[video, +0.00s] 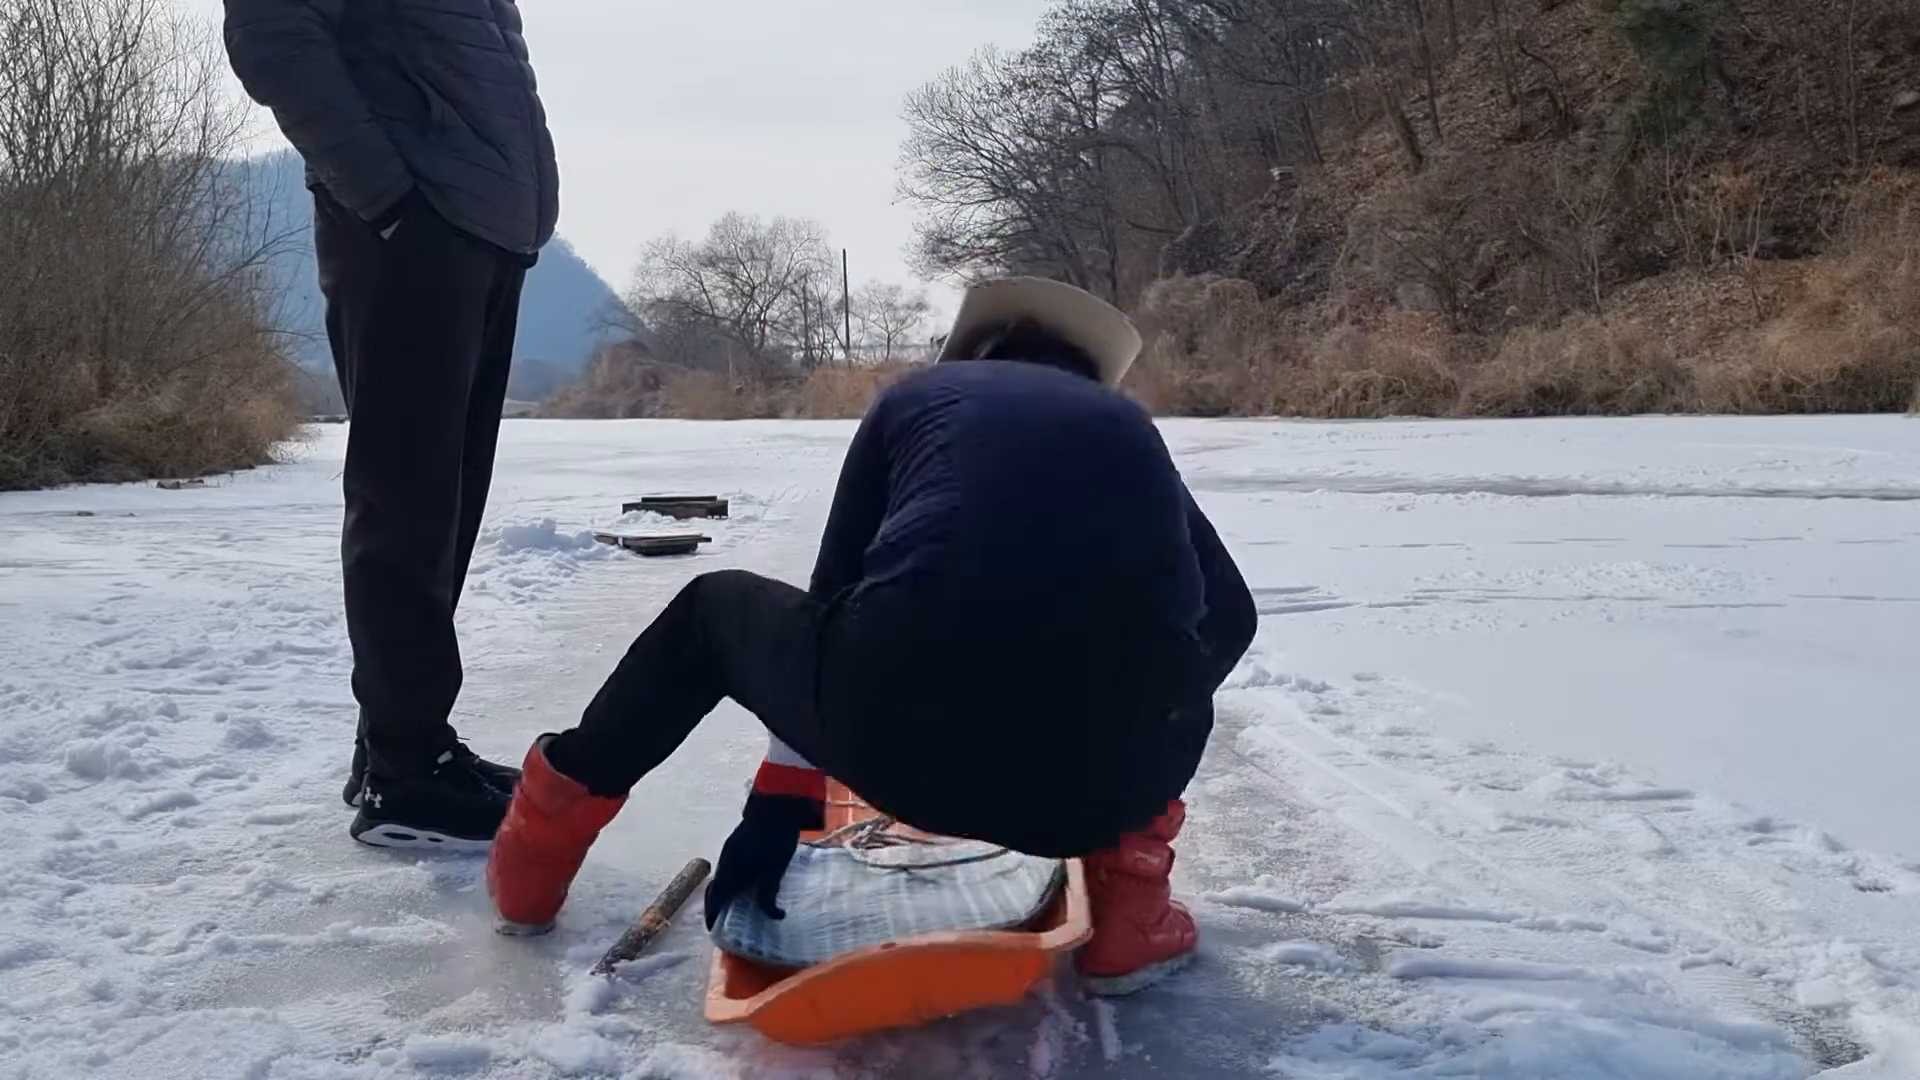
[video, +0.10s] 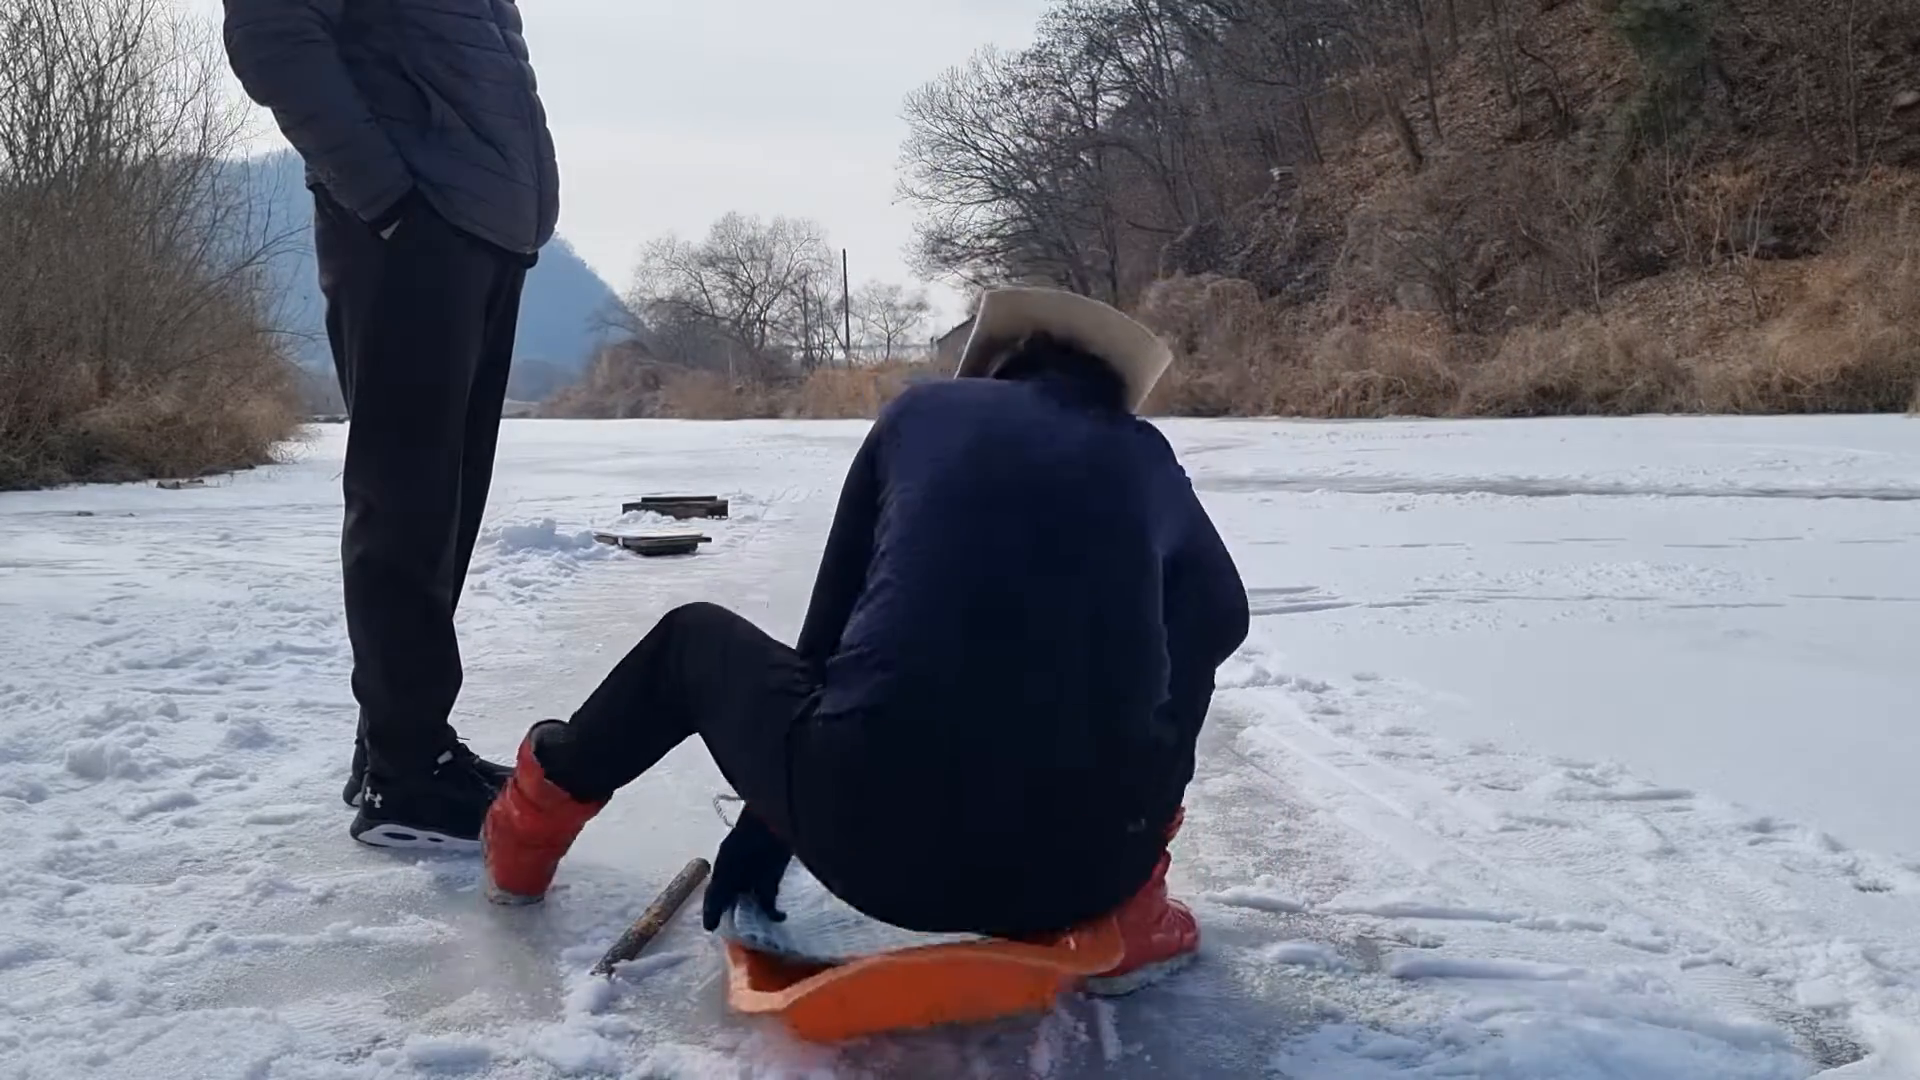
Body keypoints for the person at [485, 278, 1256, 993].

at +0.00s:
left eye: (957, 353)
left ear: (975, 354)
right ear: (1090, 374)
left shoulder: (912, 395)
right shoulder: (1133, 427)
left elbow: (832, 602)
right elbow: (1231, 616)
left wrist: (779, 811)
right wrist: (1139, 692)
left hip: (904, 748)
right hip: (1097, 771)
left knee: (711, 610)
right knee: (1182, 661)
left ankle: (531, 854)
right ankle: (1132, 913)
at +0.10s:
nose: (954, 368)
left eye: (967, 356)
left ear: (988, 361)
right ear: (1108, 390)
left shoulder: (917, 413)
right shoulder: (1148, 454)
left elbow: (828, 643)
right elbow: (1221, 612)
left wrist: (761, 835)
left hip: (882, 845)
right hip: (1068, 868)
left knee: (690, 642)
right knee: (1183, 654)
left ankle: (524, 828)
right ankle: (1132, 897)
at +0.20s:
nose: (970, 368)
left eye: (981, 354)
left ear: (999, 361)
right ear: (1118, 394)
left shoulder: (909, 409)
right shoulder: (1158, 478)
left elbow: (815, 644)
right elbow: (1205, 621)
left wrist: (761, 824)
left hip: (852, 897)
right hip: (1054, 911)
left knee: (671, 674)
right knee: (1164, 647)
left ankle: (561, 789)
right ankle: (1130, 896)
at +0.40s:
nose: (1077, 397)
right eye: (1074, 380)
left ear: (919, 349)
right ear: (1050, 379)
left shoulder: (802, 427)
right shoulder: (1078, 477)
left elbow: (737, 634)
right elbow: (1192, 584)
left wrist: (776, 758)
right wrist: (1115, 615)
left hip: (800, 942)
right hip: (1025, 941)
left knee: (655, 732)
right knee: (1086, 620)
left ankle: (596, 782)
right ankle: (1160, 866)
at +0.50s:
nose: (1021, 361)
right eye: (1013, 341)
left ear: (852, 330)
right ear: (994, 350)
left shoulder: (746, 438)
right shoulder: (1047, 466)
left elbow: (706, 635)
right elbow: (1193, 581)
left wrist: (798, 714)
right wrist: (1143, 631)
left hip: (778, 934)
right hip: (1007, 941)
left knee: (666, 735)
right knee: (1065, 617)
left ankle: (628, 776)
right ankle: (1186, 836)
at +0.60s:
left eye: (798, 329)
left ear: (807, 345)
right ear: (964, 352)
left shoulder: (719, 461)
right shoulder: (1019, 462)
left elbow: (663, 659)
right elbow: (1207, 605)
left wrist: (781, 634)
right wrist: (1205, 659)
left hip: (768, 945)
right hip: (1002, 956)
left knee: (687, 727)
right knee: (1054, 638)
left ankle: (651, 783)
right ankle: (1185, 828)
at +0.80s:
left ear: (759, 356)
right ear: (924, 351)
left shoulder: (683, 502)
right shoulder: (1012, 487)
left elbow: (631, 741)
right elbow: (1146, 685)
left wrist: (667, 793)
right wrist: (1229, 798)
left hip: (767, 952)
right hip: (998, 959)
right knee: (1080, 657)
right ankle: (1200, 838)